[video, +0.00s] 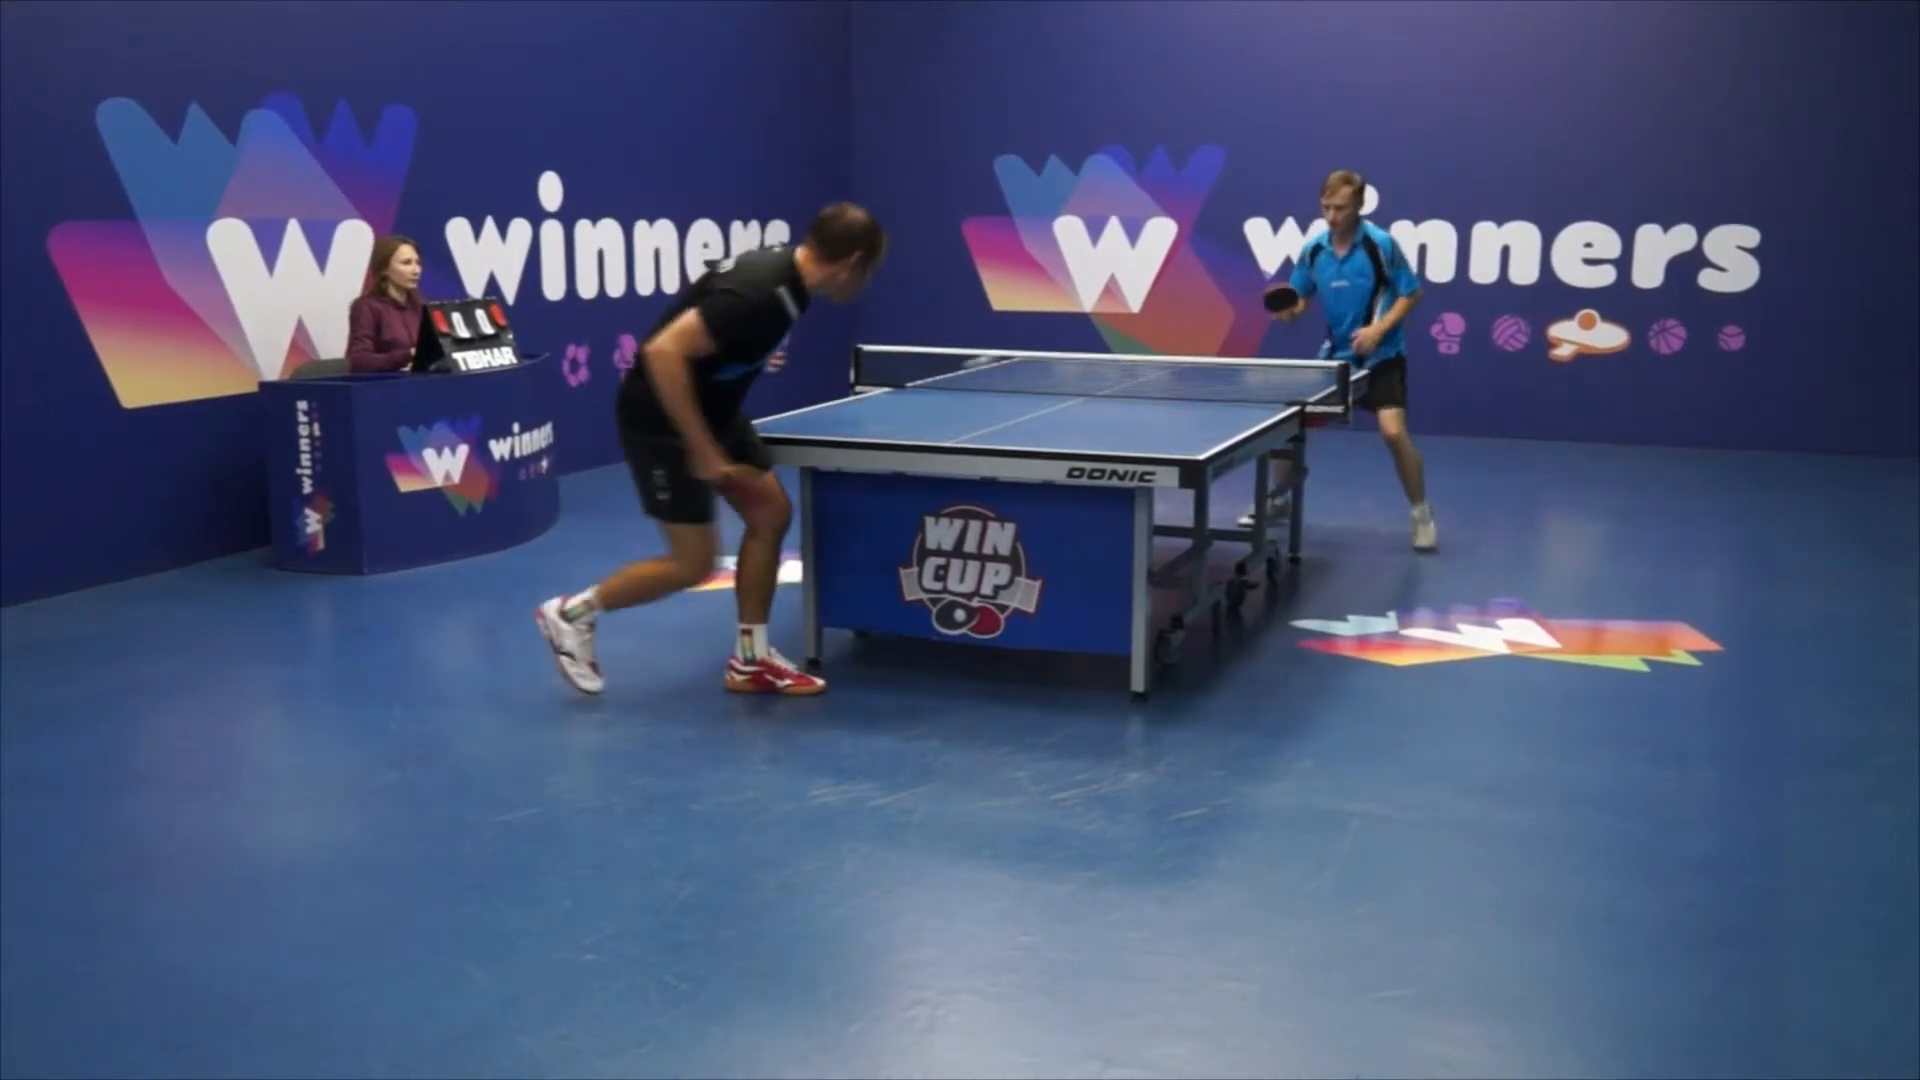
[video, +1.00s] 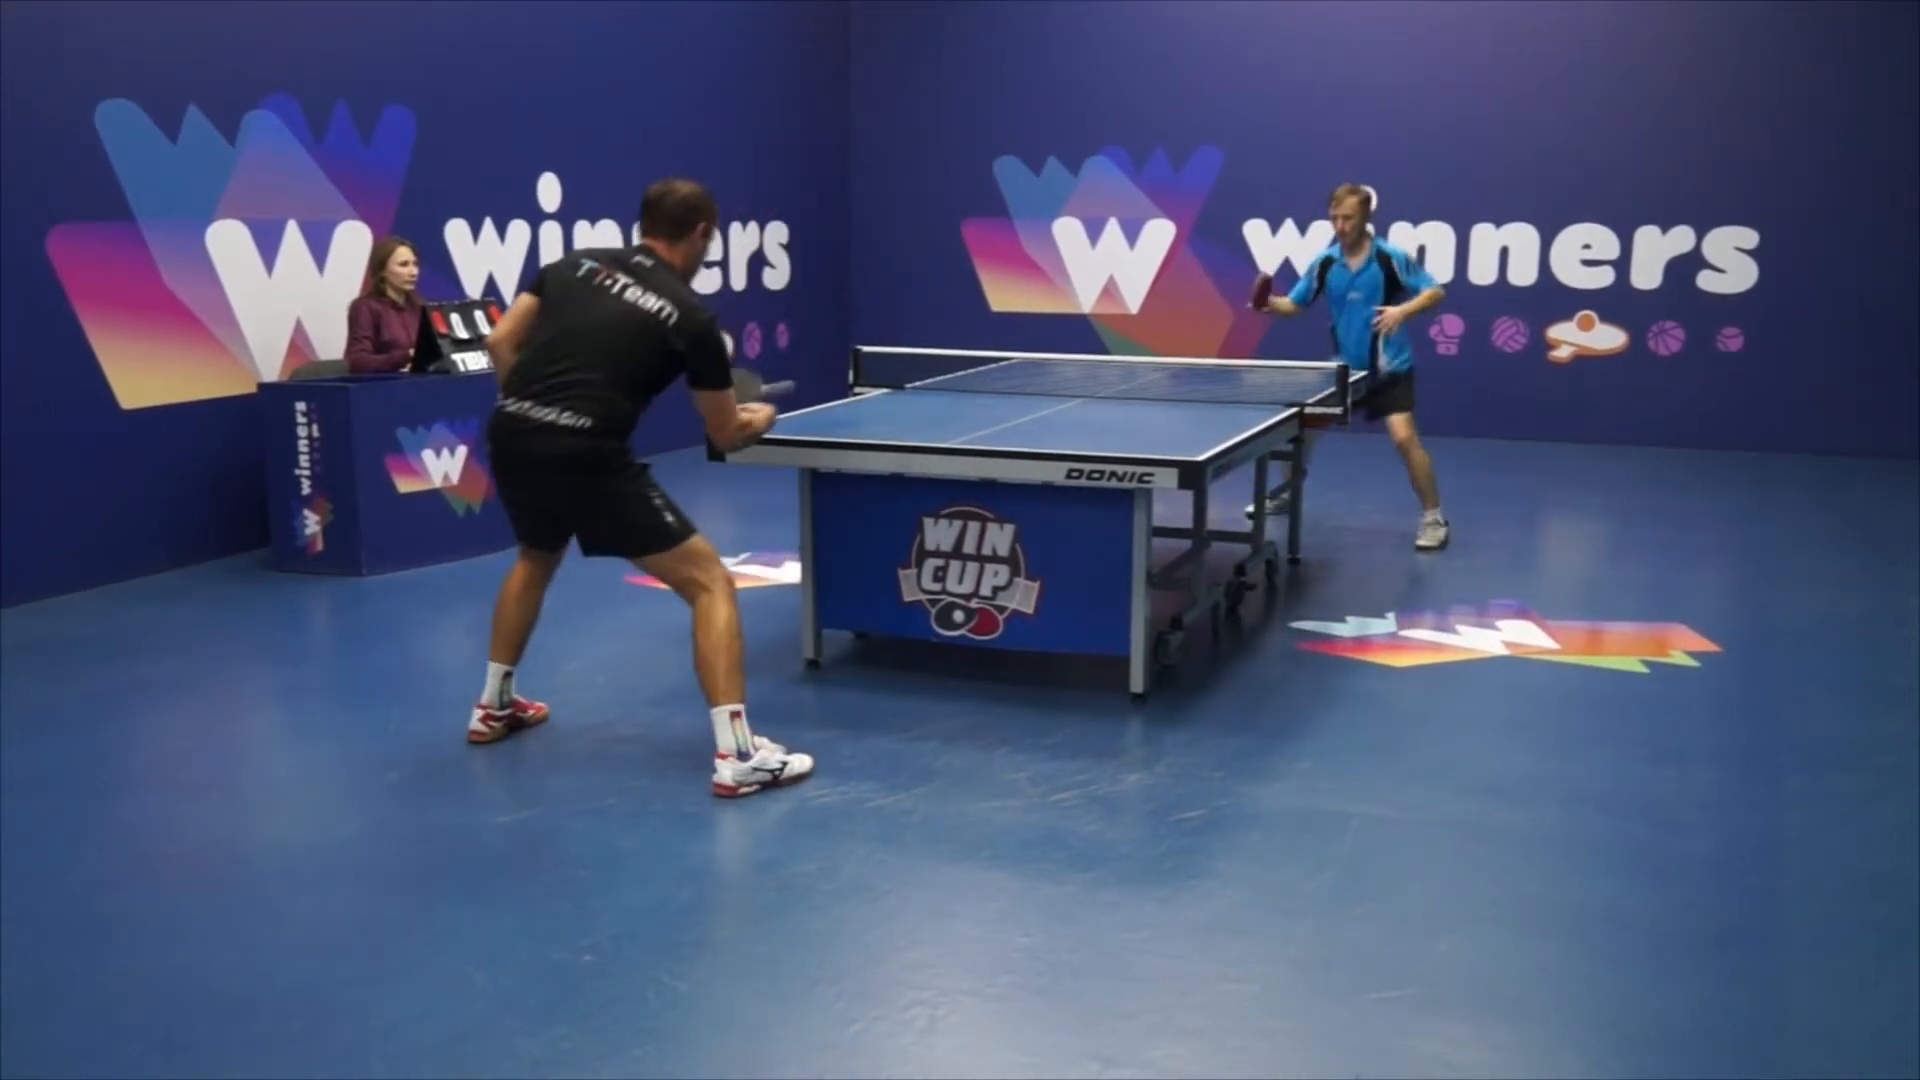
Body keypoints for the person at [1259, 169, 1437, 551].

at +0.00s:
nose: (1332, 216)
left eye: (1340, 209)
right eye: (1327, 208)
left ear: (1359, 209)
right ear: (1322, 207)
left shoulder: (1381, 244)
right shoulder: (1314, 249)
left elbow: (1411, 292)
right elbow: (1301, 298)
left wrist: (1379, 329)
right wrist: (1289, 310)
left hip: (1382, 352)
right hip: (1334, 353)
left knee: (1393, 432)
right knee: (1287, 414)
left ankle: (1421, 513)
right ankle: (1278, 499)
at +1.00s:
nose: (1341, 226)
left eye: (1349, 219)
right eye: (1336, 218)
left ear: (1366, 219)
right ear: (1331, 218)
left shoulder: (1390, 257)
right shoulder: (1327, 261)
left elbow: (1434, 291)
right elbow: (1294, 304)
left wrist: (1402, 311)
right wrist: (1266, 303)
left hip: (1390, 368)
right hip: (1344, 369)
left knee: (1403, 437)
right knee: (1302, 421)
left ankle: (1432, 516)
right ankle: (1287, 492)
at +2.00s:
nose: (1523, 226)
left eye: (1532, 219)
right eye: (1519, 218)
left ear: (1551, 223)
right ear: (1514, 221)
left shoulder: (1567, 274)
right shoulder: (1500, 262)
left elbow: (1585, 325)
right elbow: (1462, 307)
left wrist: (1584, 363)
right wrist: (1486, 287)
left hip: (1549, 385)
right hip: (1500, 381)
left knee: (1578, 449)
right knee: (1452, 445)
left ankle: (1627, 519)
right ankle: (1457, 490)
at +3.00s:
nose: (1250, 231)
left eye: (1257, 224)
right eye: (1245, 224)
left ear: (1268, 228)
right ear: (1237, 226)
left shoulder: (1281, 266)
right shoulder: (1226, 262)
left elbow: (1308, 299)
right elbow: (1201, 304)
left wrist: (1326, 331)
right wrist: (1231, 283)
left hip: (1273, 357)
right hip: (1231, 357)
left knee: (1284, 418)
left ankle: (1293, 478)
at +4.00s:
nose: (1241, 217)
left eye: (1248, 210)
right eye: (1236, 210)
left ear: (1262, 210)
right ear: (1231, 213)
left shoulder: (1276, 241)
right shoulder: (1242, 249)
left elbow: (1277, 290)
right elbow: (1249, 296)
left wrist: (1230, 314)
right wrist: (1222, 328)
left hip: (1298, 341)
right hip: (1260, 339)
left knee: (1330, 408)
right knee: (1224, 394)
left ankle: (1366, 468)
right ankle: (1205, 465)